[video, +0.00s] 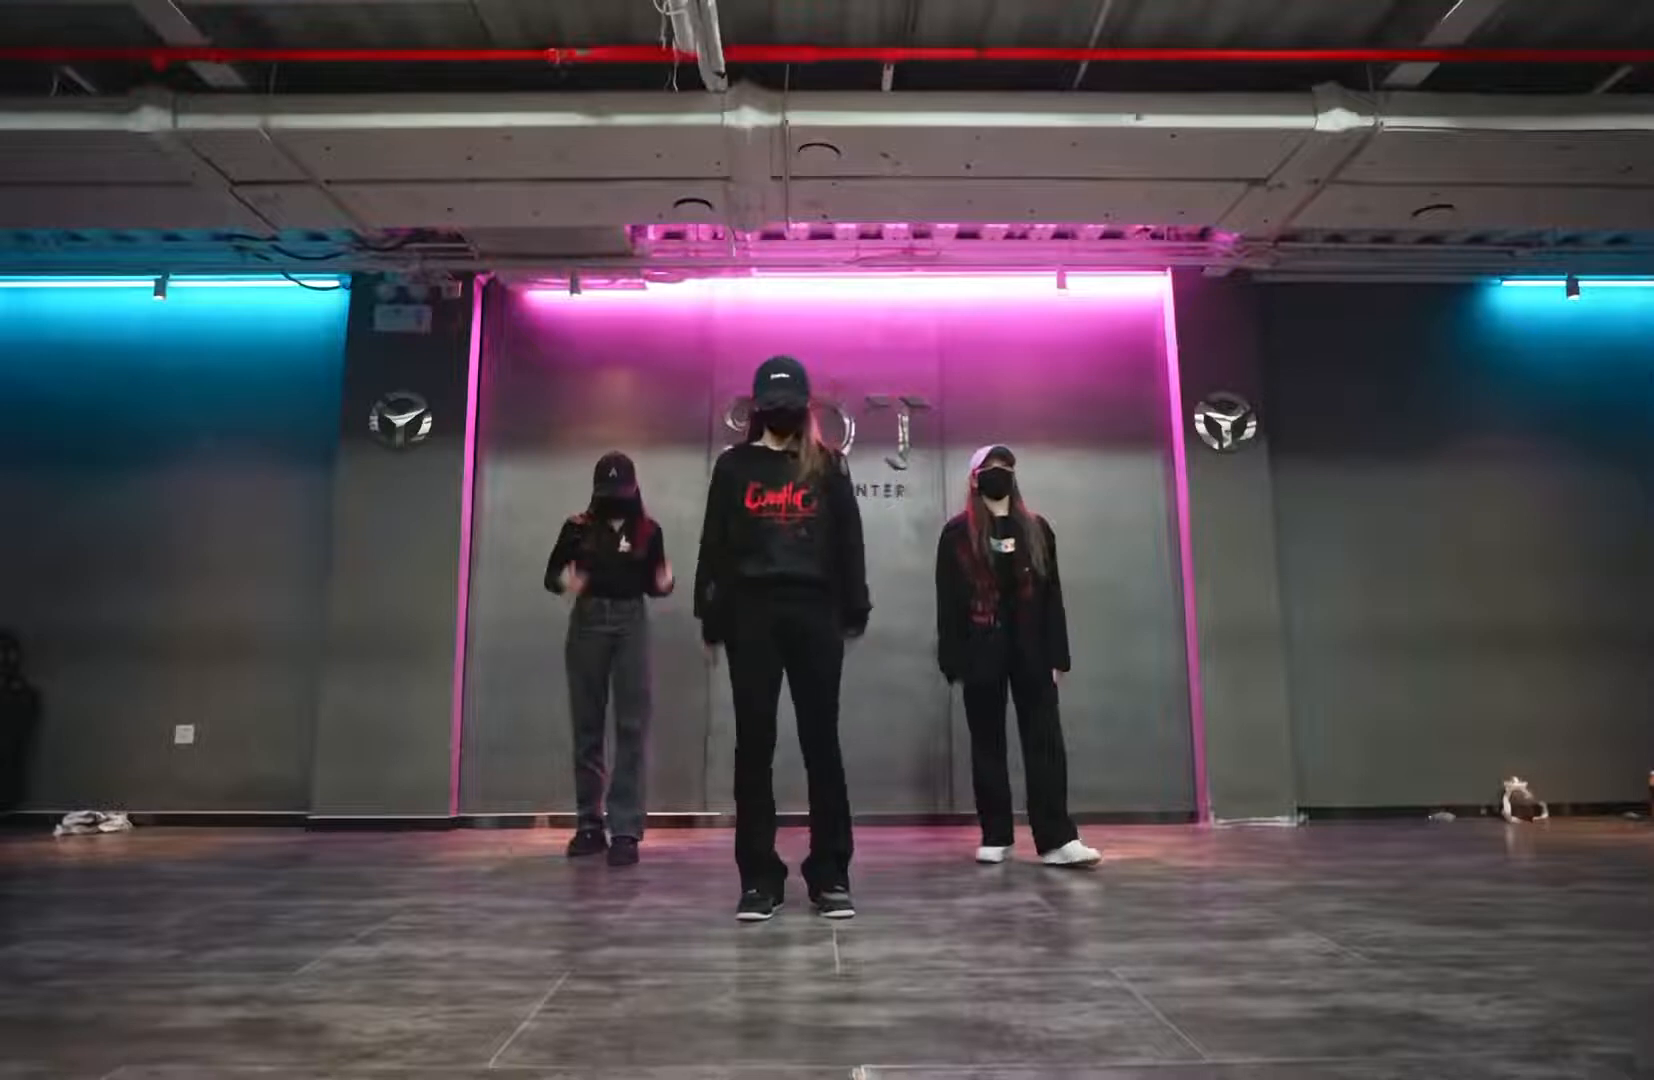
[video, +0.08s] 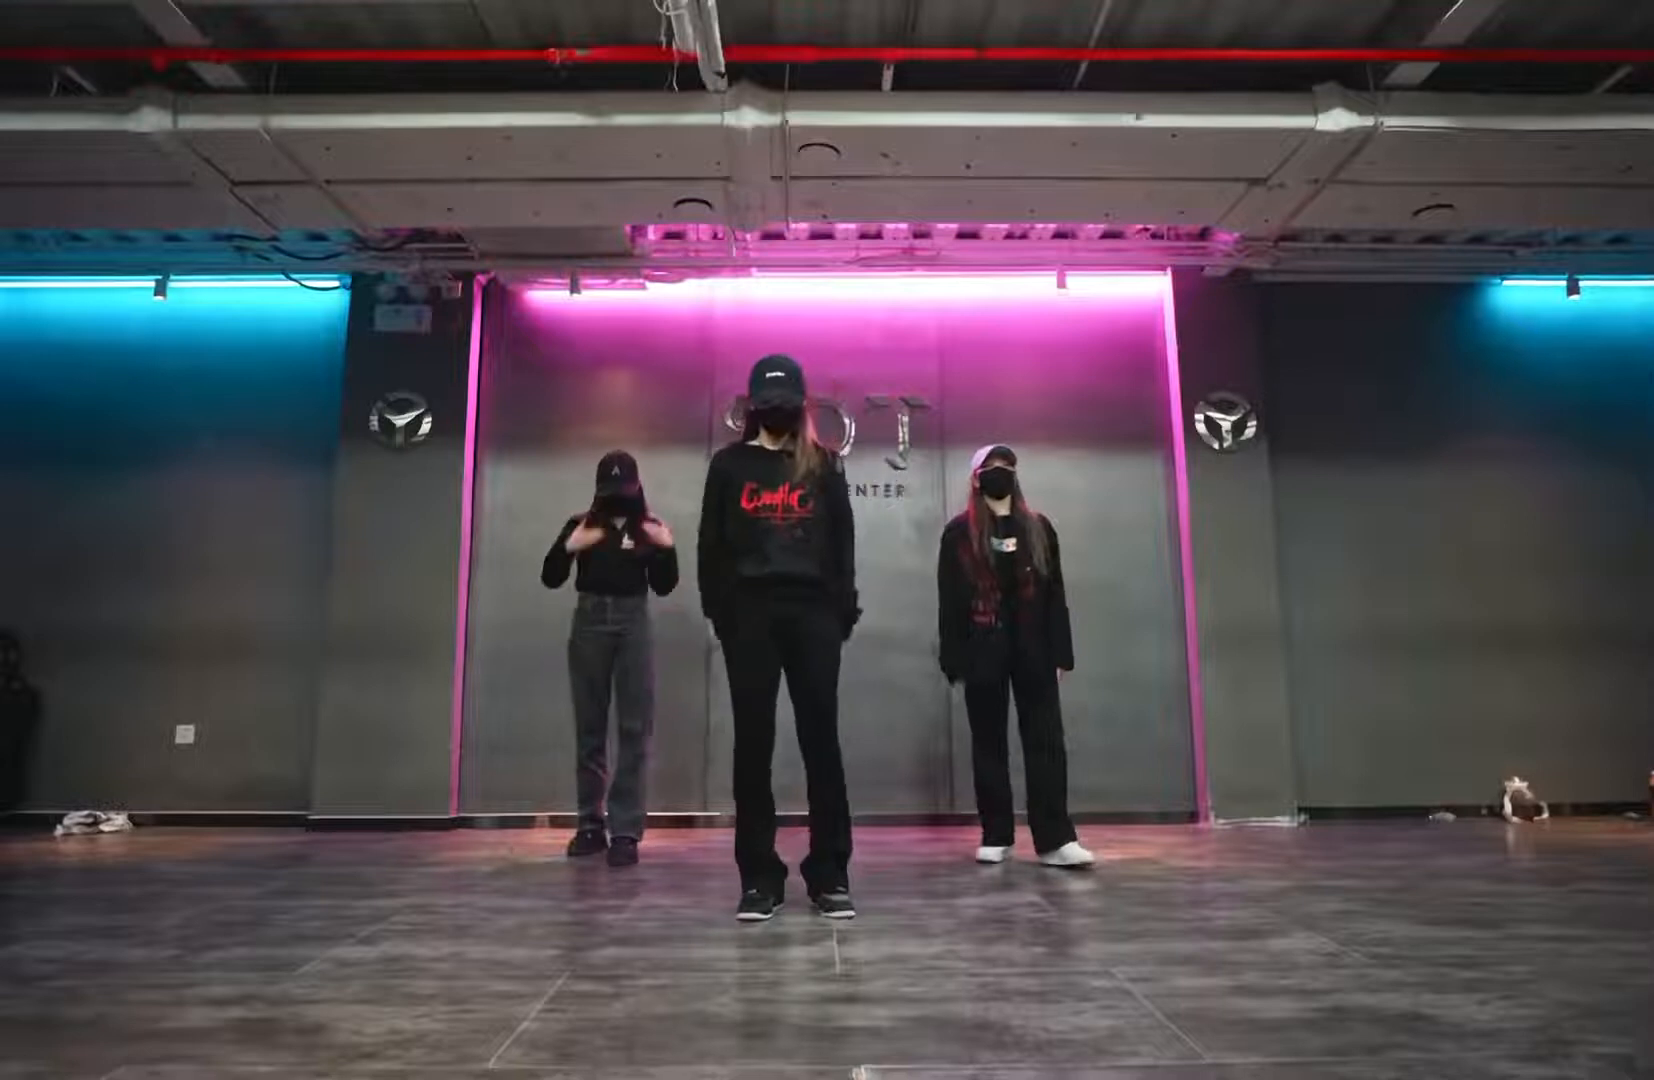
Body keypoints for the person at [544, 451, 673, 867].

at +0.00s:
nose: (615, 501)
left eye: (622, 493)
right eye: (608, 494)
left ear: (634, 490)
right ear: (596, 490)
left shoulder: (647, 529)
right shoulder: (578, 527)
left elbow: (658, 584)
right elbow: (552, 578)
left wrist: (662, 583)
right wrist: (569, 578)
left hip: (632, 622)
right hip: (589, 621)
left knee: (631, 727)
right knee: (588, 727)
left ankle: (626, 831)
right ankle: (589, 825)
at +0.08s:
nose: (617, 501)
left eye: (624, 494)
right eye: (609, 494)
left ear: (637, 490)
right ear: (599, 491)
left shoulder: (648, 529)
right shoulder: (581, 526)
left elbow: (664, 586)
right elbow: (551, 579)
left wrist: (665, 546)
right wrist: (571, 545)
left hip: (635, 626)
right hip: (590, 624)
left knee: (634, 731)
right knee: (590, 730)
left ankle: (626, 832)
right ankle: (590, 826)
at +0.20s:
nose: (620, 498)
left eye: (627, 492)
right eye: (613, 491)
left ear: (641, 488)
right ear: (601, 487)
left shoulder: (652, 527)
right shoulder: (585, 526)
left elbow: (671, 578)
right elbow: (556, 572)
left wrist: (657, 538)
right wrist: (578, 530)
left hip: (638, 622)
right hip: (595, 621)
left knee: (638, 730)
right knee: (592, 729)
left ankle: (626, 833)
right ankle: (591, 826)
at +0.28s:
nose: (623, 498)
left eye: (630, 492)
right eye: (615, 491)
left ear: (644, 488)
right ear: (604, 487)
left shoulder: (656, 526)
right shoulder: (588, 525)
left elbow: (673, 576)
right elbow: (562, 571)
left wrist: (656, 536)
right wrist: (583, 528)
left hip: (641, 621)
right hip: (597, 620)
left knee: (639, 730)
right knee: (592, 729)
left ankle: (627, 833)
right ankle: (591, 824)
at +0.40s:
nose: (627, 495)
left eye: (634, 489)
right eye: (619, 488)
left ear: (648, 485)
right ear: (608, 485)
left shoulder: (662, 526)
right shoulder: (593, 525)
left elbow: (678, 576)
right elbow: (570, 575)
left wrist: (657, 532)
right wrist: (588, 529)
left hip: (646, 621)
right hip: (602, 619)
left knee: (644, 728)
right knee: (586, 724)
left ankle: (628, 831)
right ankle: (590, 816)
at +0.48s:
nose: (632, 493)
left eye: (639, 485)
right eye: (624, 485)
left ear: (651, 482)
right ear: (612, 483)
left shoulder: (669, 528)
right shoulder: (595, 526)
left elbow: (680, 581)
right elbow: (576, 578)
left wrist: (657, 535)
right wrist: (592, 534)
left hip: (650, 623)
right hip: (604, 621)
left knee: (645, 730)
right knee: (585, 725)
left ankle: (629, 832)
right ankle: (590, 815)